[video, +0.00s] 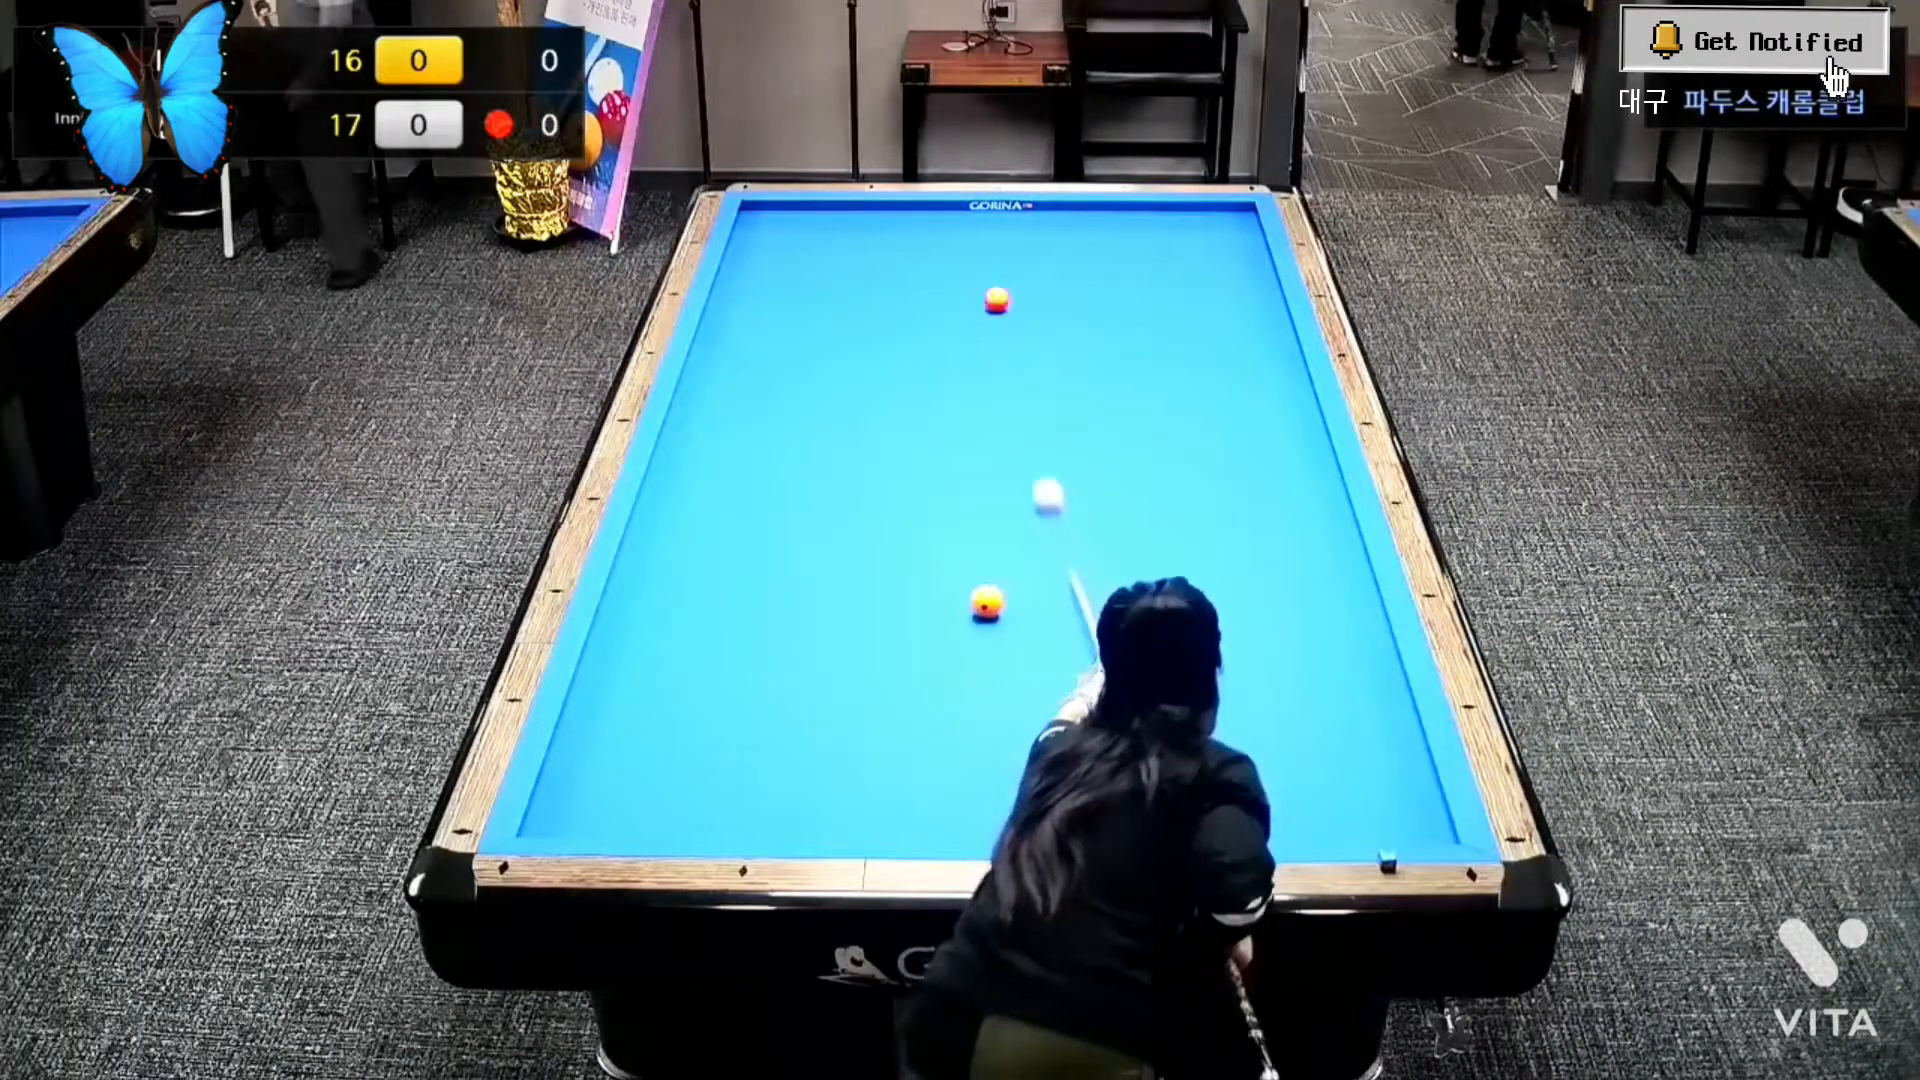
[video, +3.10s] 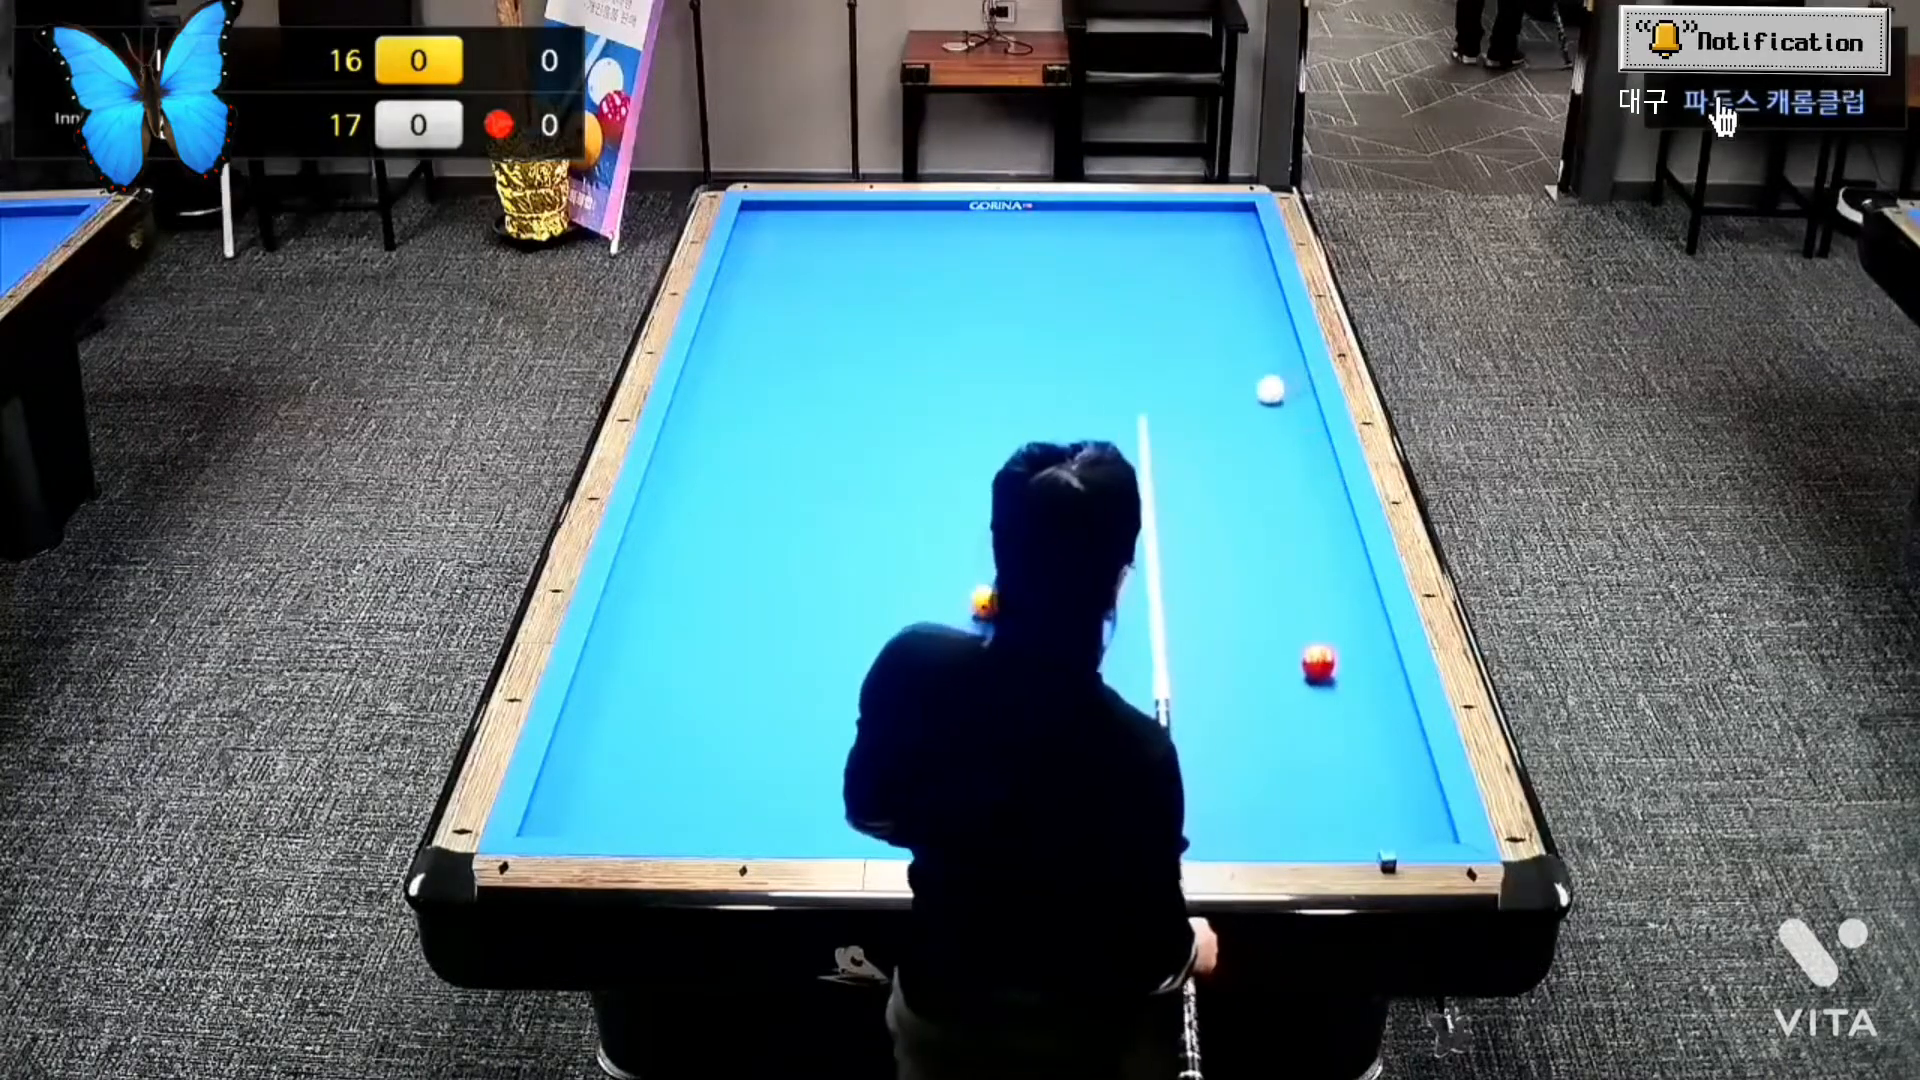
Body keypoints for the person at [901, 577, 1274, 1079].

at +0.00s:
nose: (1220, 672)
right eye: (1216, 660)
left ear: (1112, 671)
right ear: (1205, 669)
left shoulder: (1058, 748)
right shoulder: (1221, 771)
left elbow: (1077, 708)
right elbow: (1233, 872)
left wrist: (1104, 669)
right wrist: (1232, 937)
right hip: (1109, 1037)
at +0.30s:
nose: (1216, 661)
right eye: (1210, 649)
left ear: (1108, 661)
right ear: (1200, 662)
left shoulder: (1054, 744)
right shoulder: (1219, 769)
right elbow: (1238, 882)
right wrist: (1228, 943)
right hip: (1106, 1034)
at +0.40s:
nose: (1212, 662)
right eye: (1205, 650)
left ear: (1106, 659)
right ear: (1199, 660)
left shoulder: (1053, 742)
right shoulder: (1218, 767)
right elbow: (1237, 878)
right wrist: (1226, 944)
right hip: (1106, 1032)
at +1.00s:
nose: (1181, 607)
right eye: (1177, 595)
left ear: (1075, 601)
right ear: (1167, 606)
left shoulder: (1020, 696)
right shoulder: (1186, 726)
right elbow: (1192, 873)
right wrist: (1199, 923)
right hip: (1069, 1016)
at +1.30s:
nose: (1158, 539)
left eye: (1153, 522)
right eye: (1154, 524)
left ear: (1047, 536)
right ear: (1141, 543)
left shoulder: (989, 644)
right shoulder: (1160, 682)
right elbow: (1156, 864)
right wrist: (1183, 907)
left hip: (942, 976)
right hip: (1065, 997)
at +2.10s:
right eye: (1186, 532)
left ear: (1056, 534)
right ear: (1181, 547)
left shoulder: (995, 633)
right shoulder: (1207, 723)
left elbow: (945, 771)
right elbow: (1208, 927)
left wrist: (994, 853)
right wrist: (1229, 958)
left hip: (1003, 1002)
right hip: (1151, 1014)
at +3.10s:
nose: (1124, 577)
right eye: (1124, 561)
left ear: (1000, 554)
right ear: (1115, 577)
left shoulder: (916, 663)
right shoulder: (1138, 751)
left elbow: (868, 808)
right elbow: (1148, 946)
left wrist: (965, 835)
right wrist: (1190, 945)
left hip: (941, 1018)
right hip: (1091, 1028)